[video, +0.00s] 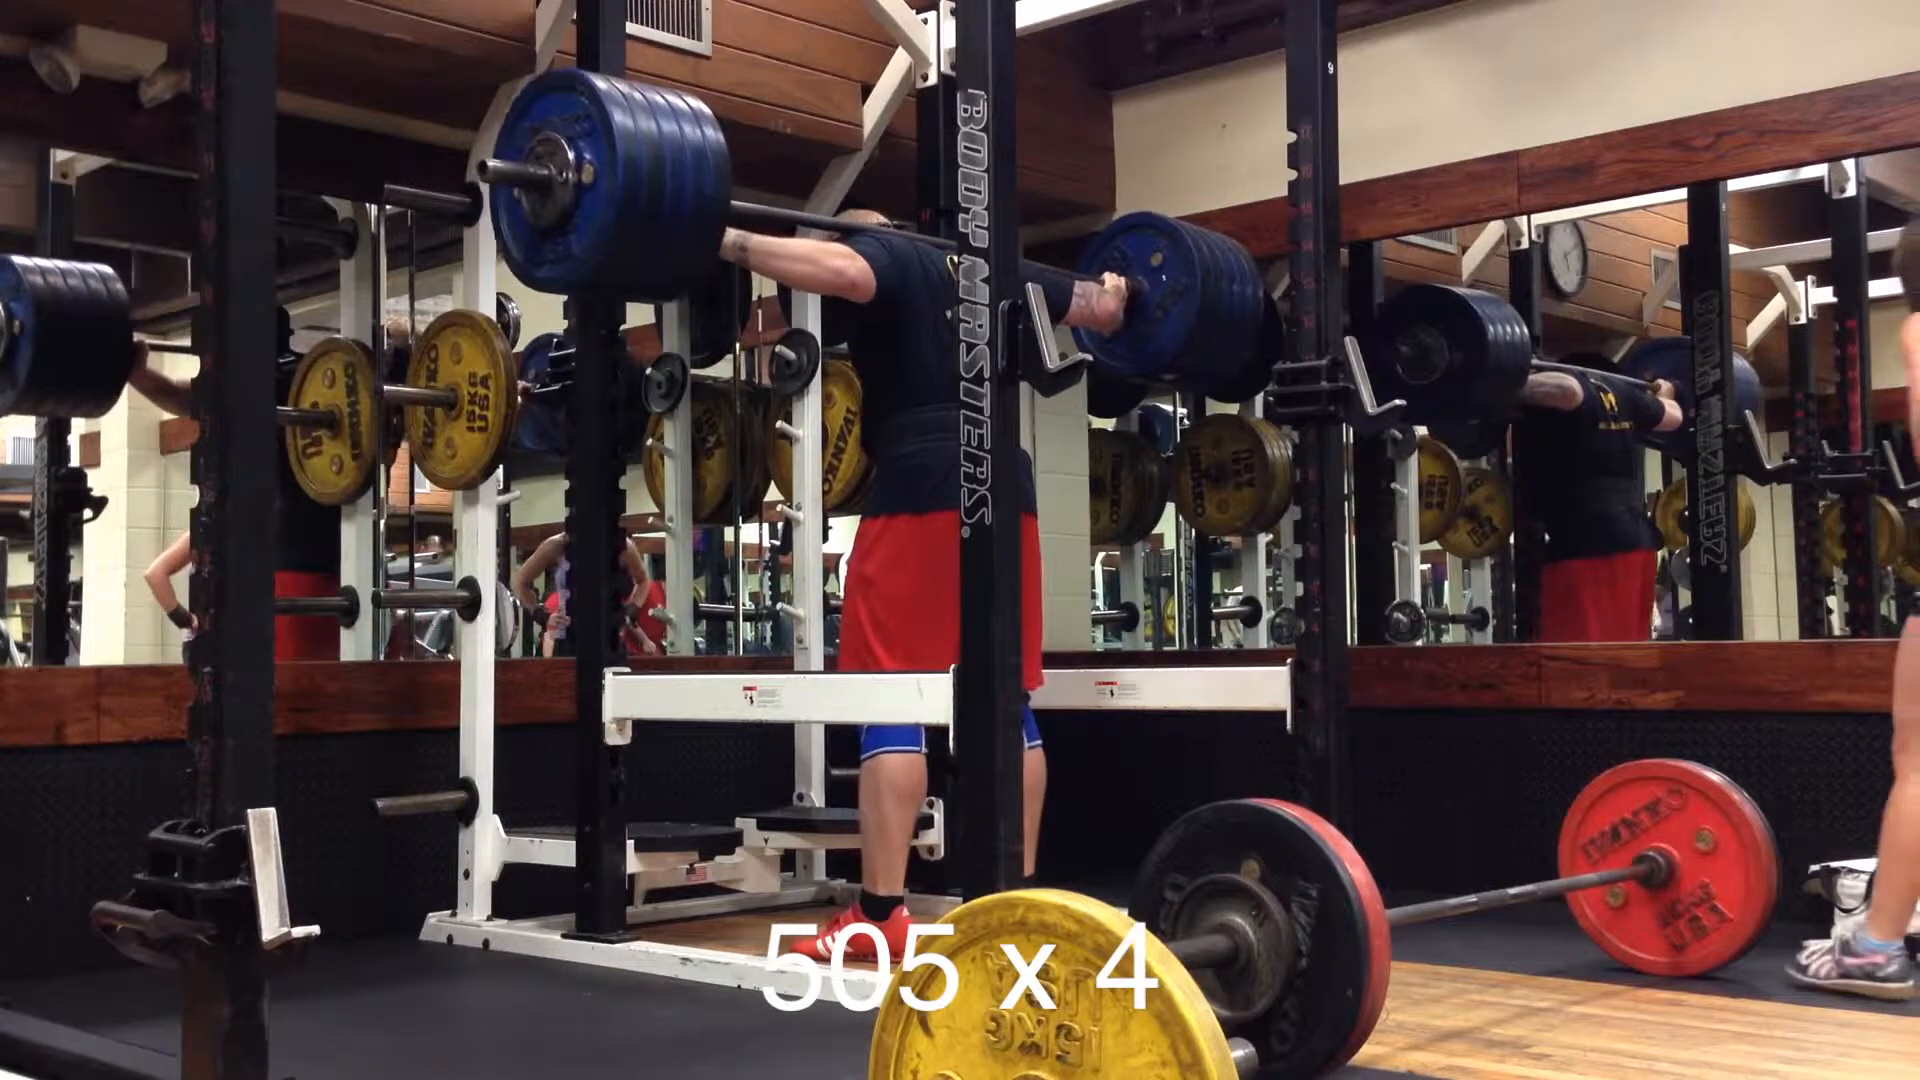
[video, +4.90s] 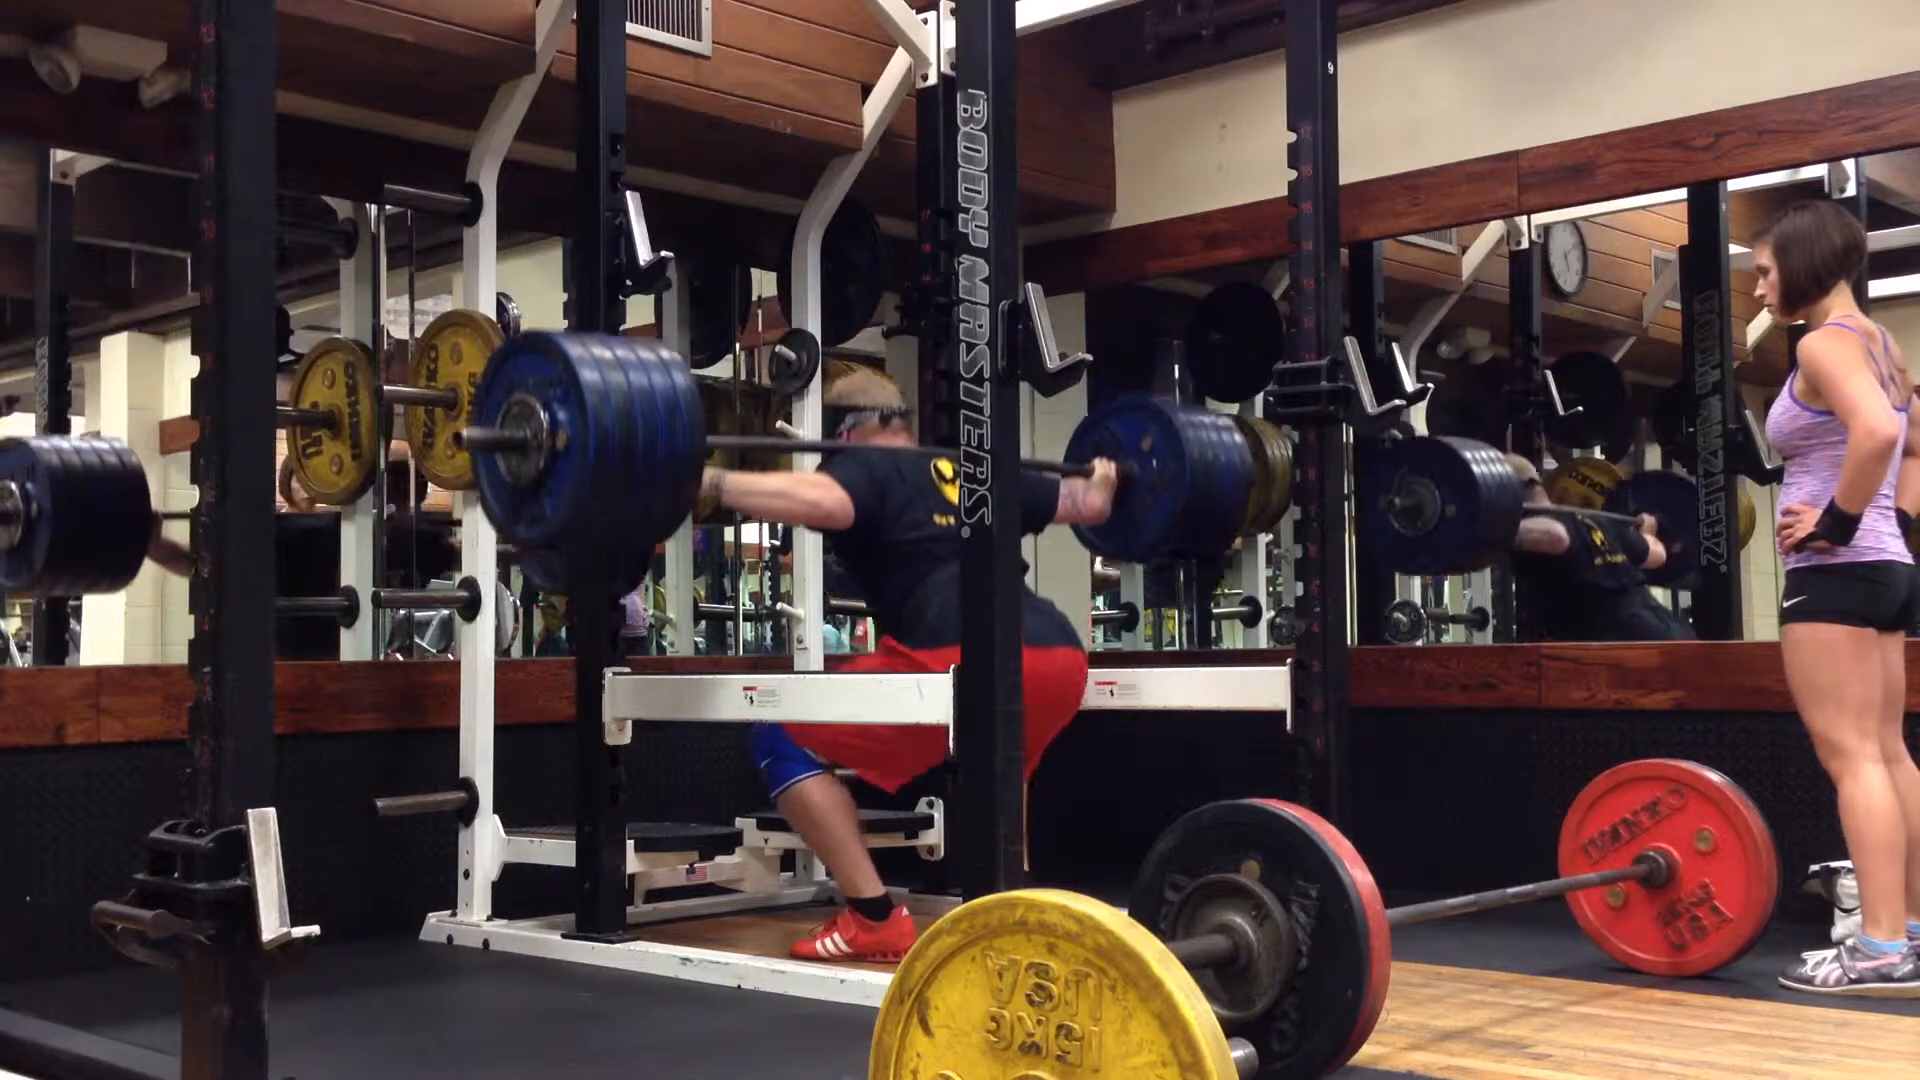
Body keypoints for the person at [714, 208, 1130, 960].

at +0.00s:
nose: (835, 254)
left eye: (833, 245)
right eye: (833, 247)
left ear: (856, 240)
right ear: (902, 226)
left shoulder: (886, 252)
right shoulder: (989, 268)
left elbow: (846, 270)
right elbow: (1098, 307)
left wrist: (730, 241)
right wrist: (1114, 291)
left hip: (918, 498)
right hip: (1007, 498)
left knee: (893, 709)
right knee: (1011, 711)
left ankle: (882, 909)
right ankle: (1016, 901)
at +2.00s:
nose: (832, 250)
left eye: (831, 241)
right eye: (830, 242)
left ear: (853, 235)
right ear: (902, 223)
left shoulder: (878, 249)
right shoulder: (987, 266)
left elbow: (840, 270)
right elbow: (1097, 308)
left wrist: (724, 239)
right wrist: (1120, 289)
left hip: (916, 500)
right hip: (1002, 501)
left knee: (897, 707)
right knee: (1007, 710)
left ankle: (882, 910)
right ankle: (1013, 904)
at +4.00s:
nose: (843, 312)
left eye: (844, 299)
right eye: (843, 301)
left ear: (865, 287)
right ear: (910, 279)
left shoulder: (875, 316)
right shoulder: (977, 327)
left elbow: (834, 344)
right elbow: (1092, 356)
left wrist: (716, 318)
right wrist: (1113, 347)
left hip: (953, 535)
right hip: (1052, 536)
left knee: (842, 704)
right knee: (1004, 717)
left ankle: (875, 911)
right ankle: (1014, 899)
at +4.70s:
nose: (840, 416)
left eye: (843, 407)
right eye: (839, 408)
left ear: (857, 400)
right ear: (907, 394)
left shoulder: (866, 432)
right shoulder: (977, 438)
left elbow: (829, 467)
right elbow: (1090, 470)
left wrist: (715, 442)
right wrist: (1110, 440)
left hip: (953, 629)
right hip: (1060, 628)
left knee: (792, 729)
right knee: (1005, 757)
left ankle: (873, 913)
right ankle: (1012, 900)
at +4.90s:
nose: (838, 450)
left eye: (841, 438)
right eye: (837, 440)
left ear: (862, 427)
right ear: (904, 426)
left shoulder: (863, 466)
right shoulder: (975, 470)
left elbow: (826, 503)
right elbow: (1085, 502)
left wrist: (707, 483)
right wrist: (1105, 477)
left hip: (952, 660)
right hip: (1057, 659)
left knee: (779, 738)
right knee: (1003, 776)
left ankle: (872, 913)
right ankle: (1010, 910)